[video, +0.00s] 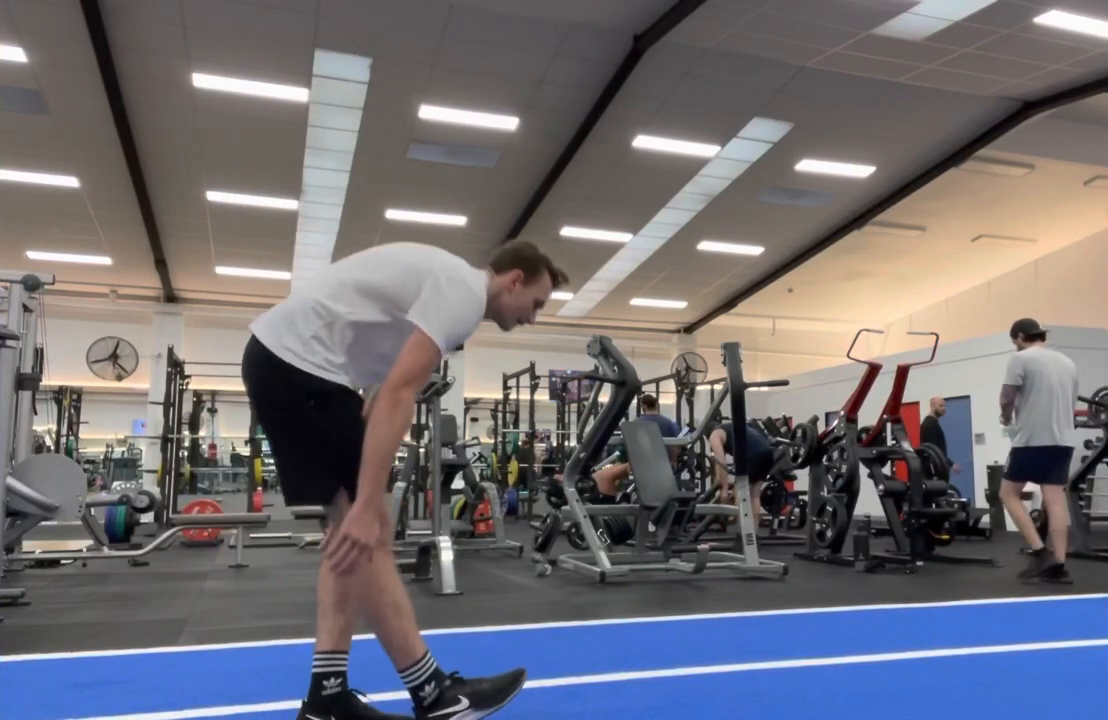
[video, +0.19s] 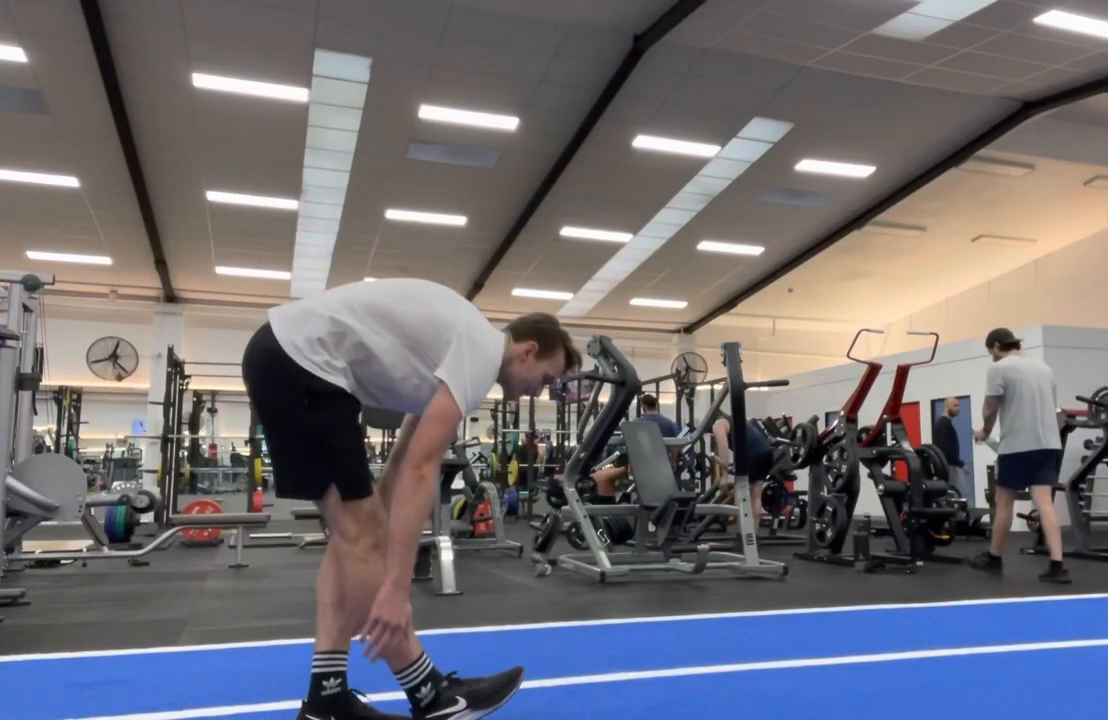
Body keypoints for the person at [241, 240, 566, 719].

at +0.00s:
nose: (532, 317)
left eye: (539, 308)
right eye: (536, 303)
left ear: (508, 281)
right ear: (513, 279)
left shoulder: (453, 286)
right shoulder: (460, 289)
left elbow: (385, 392)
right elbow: (396, 393)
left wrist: (369, 500)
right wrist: (368, 505)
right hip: (300, 361)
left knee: (351, 523)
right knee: (370, 527)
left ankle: (327, 692)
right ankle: (432, 691)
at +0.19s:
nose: (538, 392)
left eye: (548, 385)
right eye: (545, 379)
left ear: (523, 348)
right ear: (527, 350)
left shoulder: (469, 343)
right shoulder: (478, 349)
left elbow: (402, 467)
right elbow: (418, 468)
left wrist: (393, 574)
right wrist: (396, 585)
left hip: (290, 354)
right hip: (301, 360)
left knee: (350, 532)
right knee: (363, 535)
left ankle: (327, 693)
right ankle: (429, 693)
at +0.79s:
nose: (594, 342)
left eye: (602, 334)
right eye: (599, 328)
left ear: (573, 301)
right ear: (579, 302)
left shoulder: (505, 315)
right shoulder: (533, 304)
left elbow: (478, 444)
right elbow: (510, 429)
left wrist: (551, 485)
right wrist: (577, 479)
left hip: (337, 349)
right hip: (369, 357)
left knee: (380, 523)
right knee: (427, 519)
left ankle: (331, 690)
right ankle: (449, 698)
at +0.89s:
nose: (607, 297)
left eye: (614, 289)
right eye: (611, 283)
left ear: (584, 260)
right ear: (590, 260)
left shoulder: (525, 273)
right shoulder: (546, 273)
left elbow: (478, 404)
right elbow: (505, 390)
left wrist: (542, 450)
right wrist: (561, 449)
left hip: (363, 349)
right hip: (394, 360)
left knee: (404, 519)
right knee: (451, 517)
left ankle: (337, 684)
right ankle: (453, 699)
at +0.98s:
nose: (618, 250)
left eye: (623, 240)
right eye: (619, 235)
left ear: (586, 220)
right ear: (594, 219)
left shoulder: (516, 234)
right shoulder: (555, 240)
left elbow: (475, 365)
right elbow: (506, 351)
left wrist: (526, 434)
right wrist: (552, 431)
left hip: (390, 349)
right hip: (421, 358)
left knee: (442, 518)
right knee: (473, 518)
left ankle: (356, 664)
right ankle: (453, 697)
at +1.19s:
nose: (619, 186)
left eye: (623, 175)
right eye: (620, 171)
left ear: (581, 155)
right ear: (594, 154)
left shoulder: (524, 188)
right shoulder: (566, 192)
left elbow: (493, 299)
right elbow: (525, 297)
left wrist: (538, 386)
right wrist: (552, 406)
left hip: (445, 351)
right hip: (468, 359)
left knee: (509, 507)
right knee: (483, 521)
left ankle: (462, 669)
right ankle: (453, 691)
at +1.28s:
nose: (617, 170)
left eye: (622, 158)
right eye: (617, 153)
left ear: (574, 140)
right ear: (589, 138)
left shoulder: (520, 183)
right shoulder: (568, 180)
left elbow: (484, 287)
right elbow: (533, 280)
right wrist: (559, 388)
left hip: (465, 358)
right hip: (491, 360)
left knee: (517, 517)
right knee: (498, 523)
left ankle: (491, 676)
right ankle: (455, 694)